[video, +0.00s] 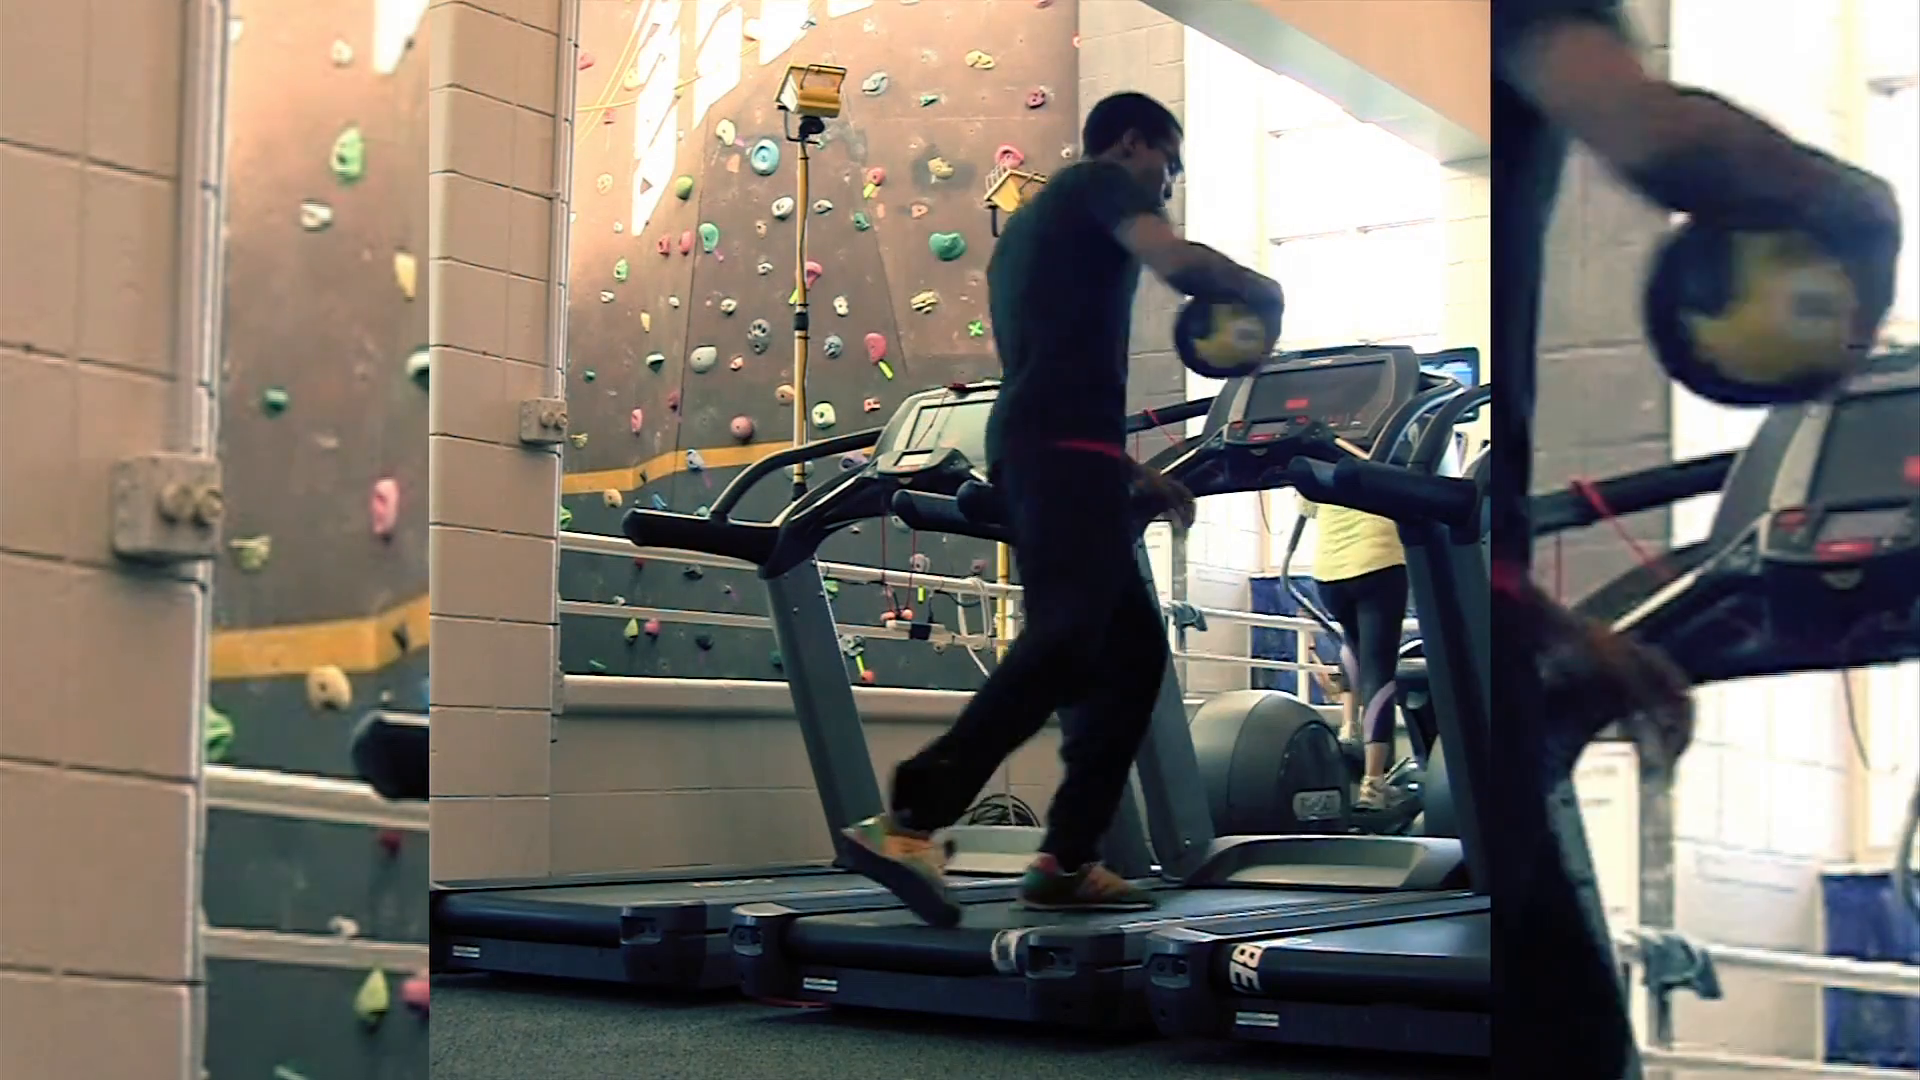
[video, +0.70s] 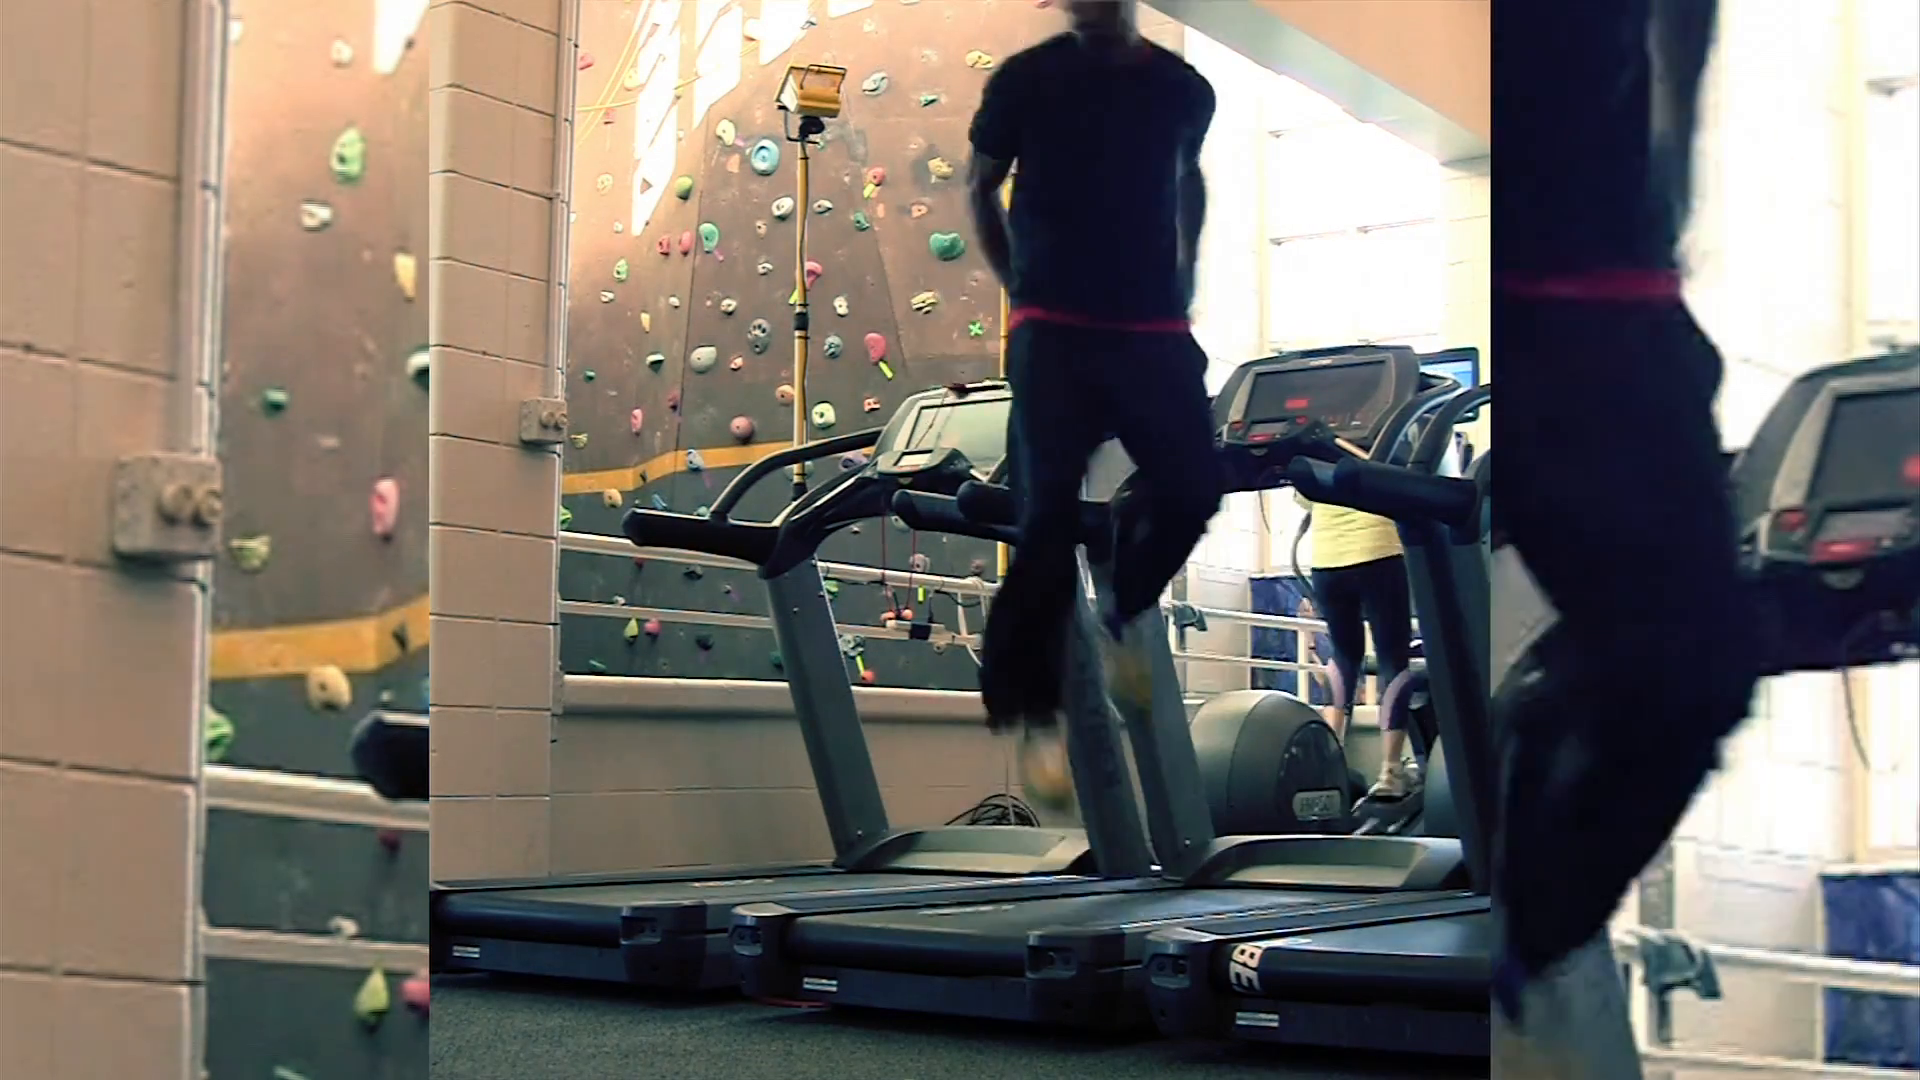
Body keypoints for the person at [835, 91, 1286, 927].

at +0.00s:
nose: (1166, 180)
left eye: (1169, 169)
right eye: (1163, 164)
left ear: (1100, 143)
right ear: (1130, 142)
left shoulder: (1034, 221)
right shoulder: (1102, 181)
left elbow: (1050, 385)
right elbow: (1172, 259)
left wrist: (1131, 474)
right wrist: (1260, 286)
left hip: (1036, 453)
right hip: (1067, 449)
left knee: (1135, 653)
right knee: (1068, 638)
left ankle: (1068, 858)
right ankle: (909, 820)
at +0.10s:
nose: (1177, 202)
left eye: (1180, 193)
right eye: (1176, 188)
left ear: (1107, 161)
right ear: (1144, 164)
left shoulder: (1027, 230)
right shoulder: (1120, 197)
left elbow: (1040, 394)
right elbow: (1242, 270)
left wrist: (1150, 472)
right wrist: (1283, 327)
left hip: (997, 478)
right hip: (1064, 471)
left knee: (1040, 675)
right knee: (1110, 666)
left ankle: (1038, 860)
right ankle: (979, 823)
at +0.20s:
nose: (1197, 200)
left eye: (1201, 187)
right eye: (1192, 181)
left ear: (1132, 161)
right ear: (1146, 157)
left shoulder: (1042, 237)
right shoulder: (1117, 195)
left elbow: (1063, 397)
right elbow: (1175, 254)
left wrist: (1156, 486)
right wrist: (1279, 324)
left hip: (997, 481)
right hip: (1078, 474)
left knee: (1042, 685)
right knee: (1167, 653)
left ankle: (977, 857)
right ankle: (1103, 831)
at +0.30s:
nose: (1223, 180)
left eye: (1228, 167)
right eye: (1213, 161)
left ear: (1172, 158)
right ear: (1161, 148)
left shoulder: (1088, 219)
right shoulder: (1134, 199)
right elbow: (1092, 244)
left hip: (1027, 465)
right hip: (1095, 463)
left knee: (1032, 653)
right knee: (1204, 644)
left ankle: (939, 834)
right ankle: (1186, 850)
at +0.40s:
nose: (1233, 179)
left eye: (1242, 168)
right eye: (1220, 161)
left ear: (1234, 174)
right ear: (1173, 155)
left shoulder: (1149, 235)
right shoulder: (1141, 217)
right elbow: (1026, 252)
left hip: (1079, 491)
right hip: (1117, 490)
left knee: (1102, 680)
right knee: (1208, 655)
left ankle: (949, 766)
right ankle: (1151, 858)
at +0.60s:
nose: (1161, 70)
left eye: (1177, 56)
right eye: (1148, 52)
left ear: (1196, 63)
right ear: (1122, 52)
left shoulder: (1183, 167)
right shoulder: (1064, 131)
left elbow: (1144, 278)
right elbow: (961, 211)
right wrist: (955, 346)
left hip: (1161, 398)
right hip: (1076, 401)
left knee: (1251, 536)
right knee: (1092, 613)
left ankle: (1096, 581)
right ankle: (1078, 847)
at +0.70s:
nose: (1099, 12)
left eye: (1109, 4)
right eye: (1088, 5)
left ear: (1130, 6)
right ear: (1071, 7)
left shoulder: (1179, 82)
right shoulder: (1024, 77)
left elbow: (1188, 180)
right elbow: (978, 190)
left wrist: (1181, 276)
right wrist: (1015, 284)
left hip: (1155, 338)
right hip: (1054, 337)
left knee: (1191, 489)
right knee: (1047, 526)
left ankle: (1118, 607)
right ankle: (1030, 720)